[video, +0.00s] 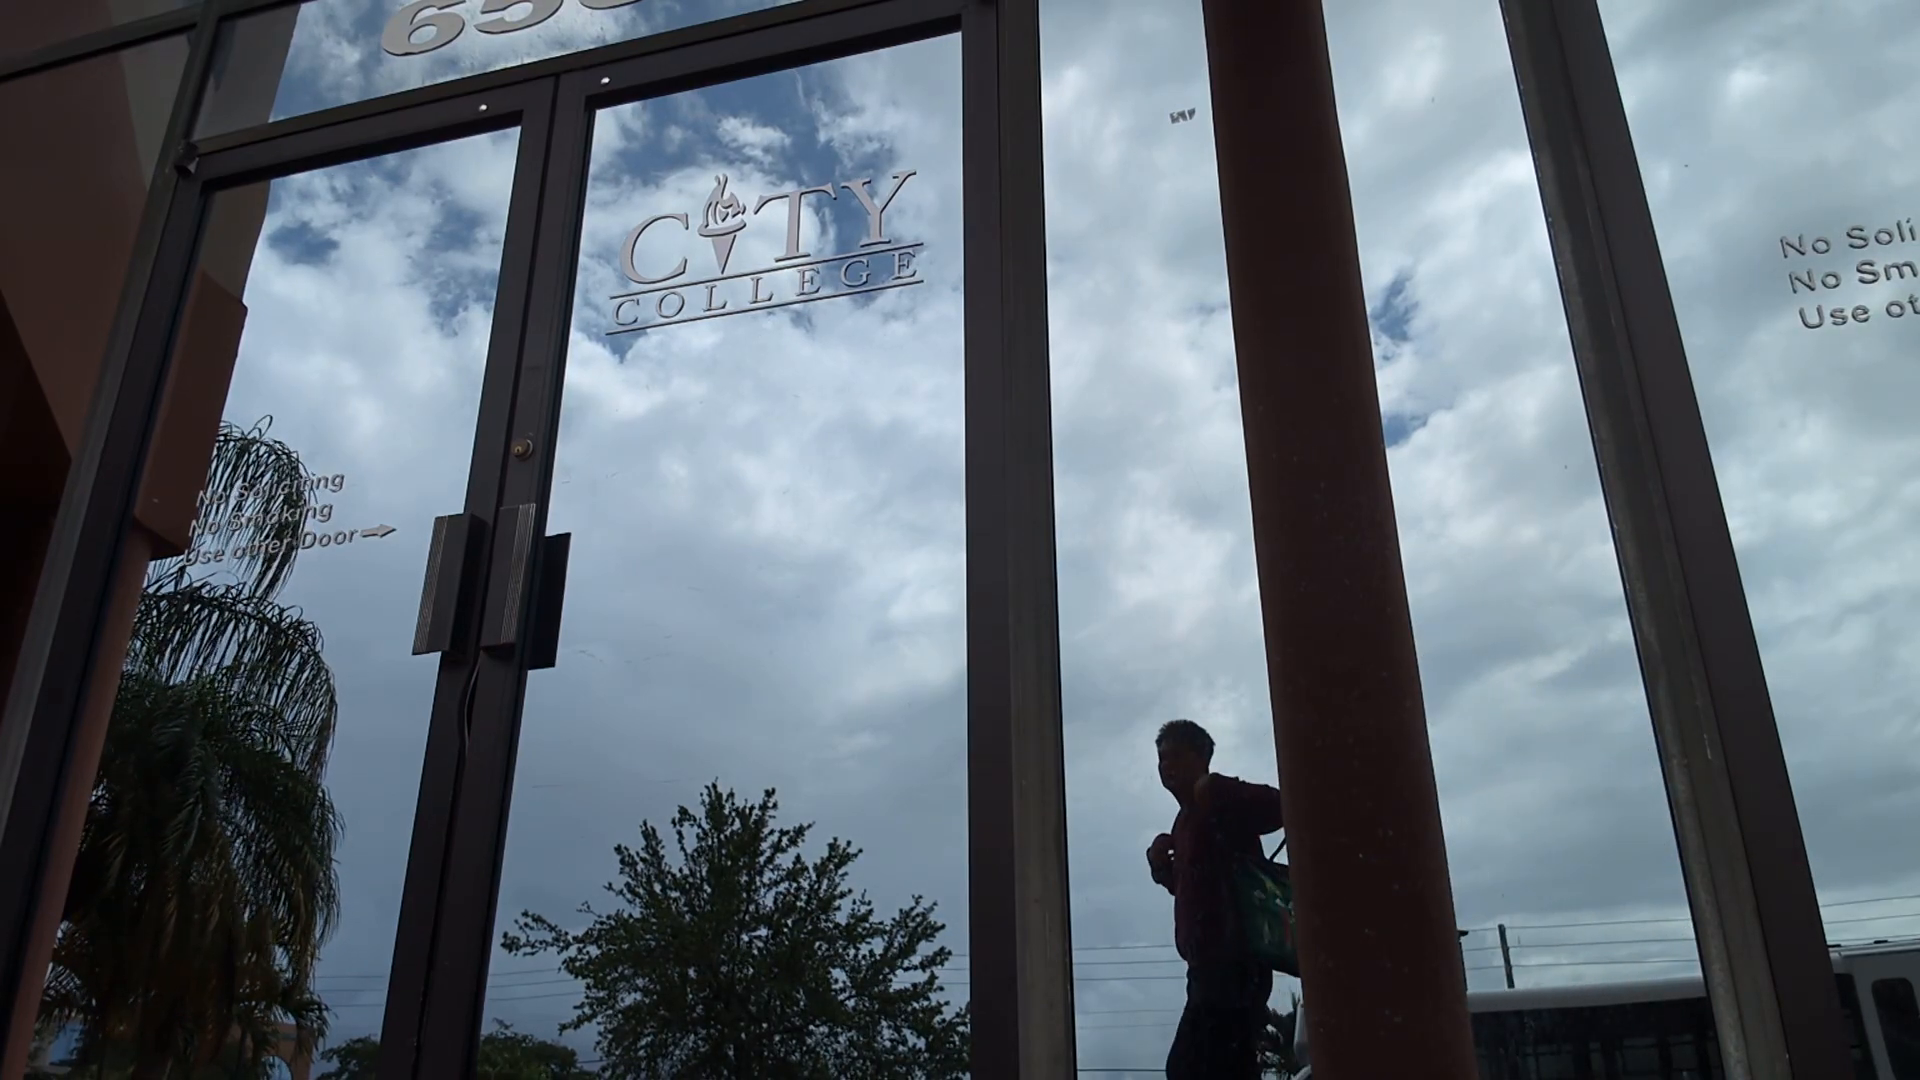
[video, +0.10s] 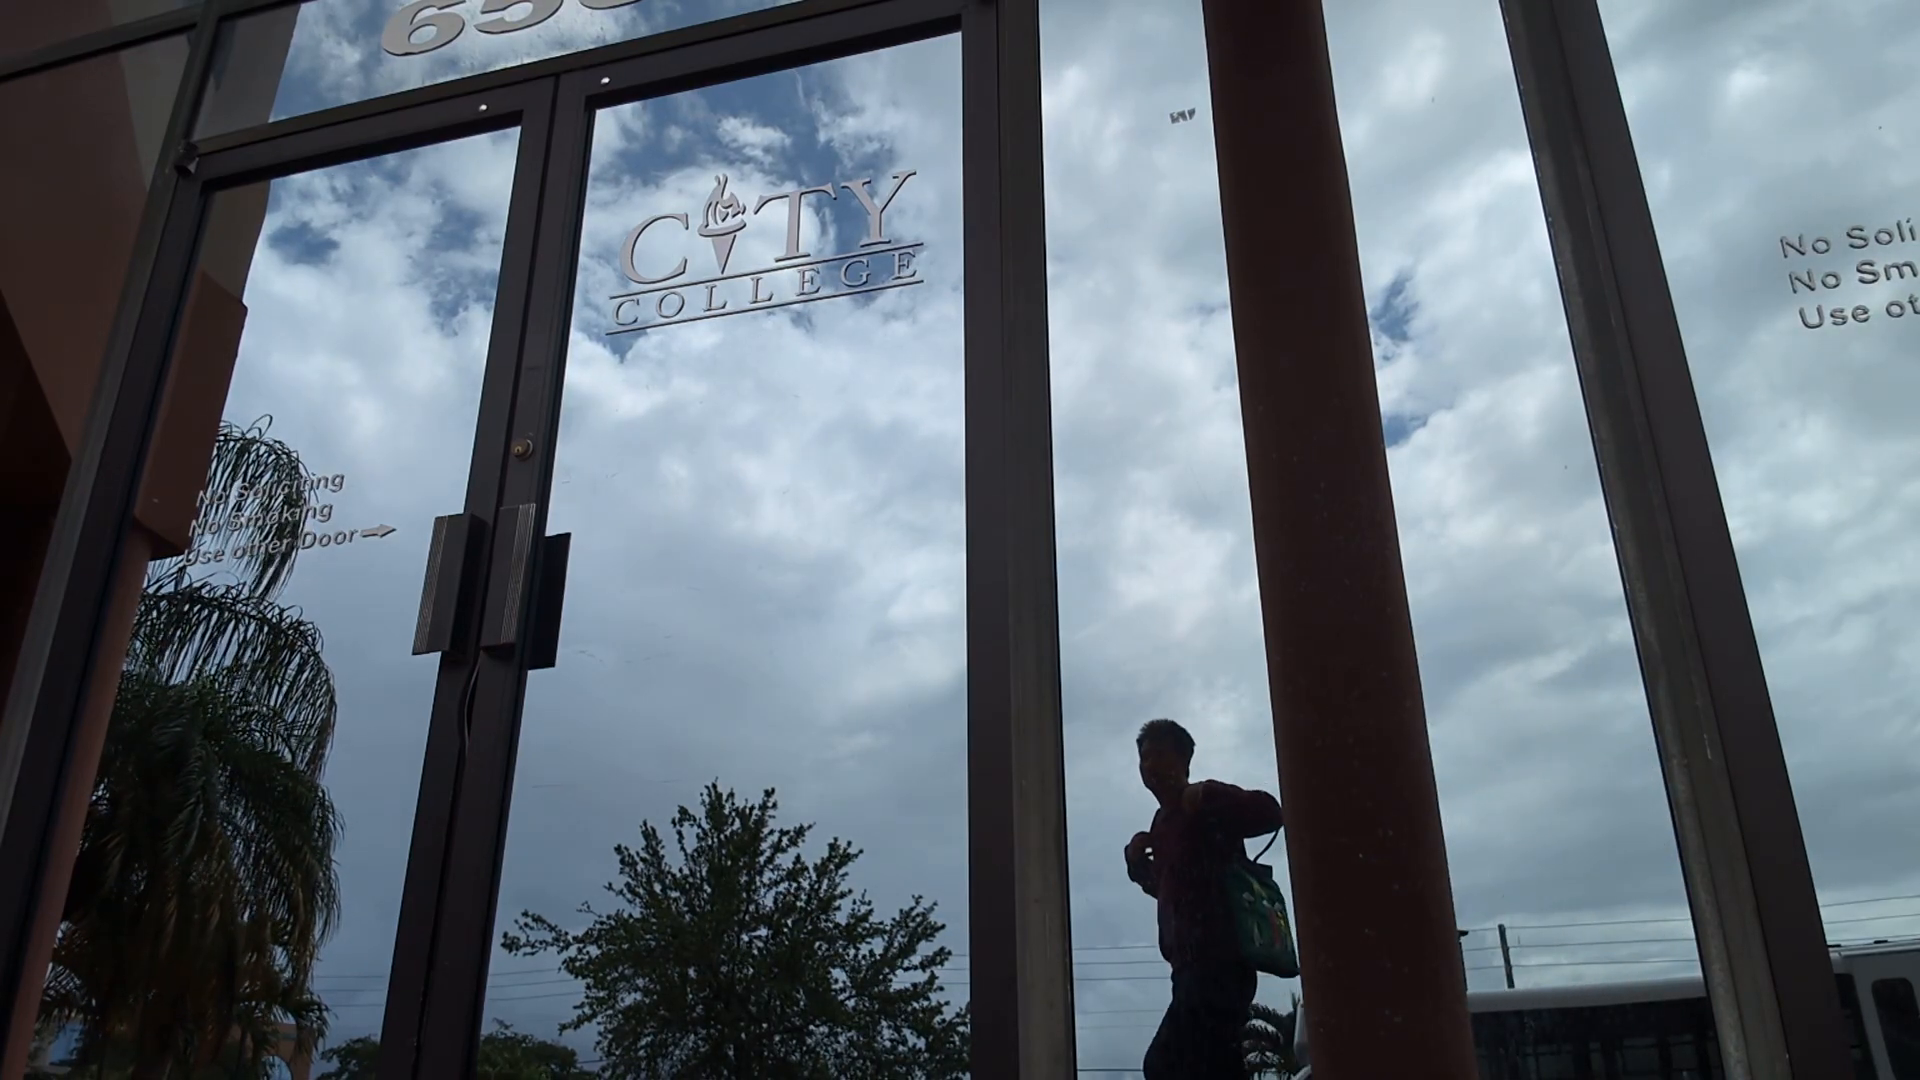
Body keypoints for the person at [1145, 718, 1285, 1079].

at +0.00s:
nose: (1164, 765)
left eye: (1174, 755)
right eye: (1161, 757)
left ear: (1202, 758)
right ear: (1158, 763)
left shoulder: (1223, 801)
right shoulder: (1184, 821)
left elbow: (1282, 808)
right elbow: (1193, 887)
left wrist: (1222, 786)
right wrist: (1162, 868)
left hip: (1236, 967)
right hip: (1208, 967)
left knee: (1185, 1066)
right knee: (1231, 1069)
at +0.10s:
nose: (1146, 765)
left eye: (1156, 755)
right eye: (1142, 757)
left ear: (1183, 759)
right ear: (1140, 763)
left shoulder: (1207, 800)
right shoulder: (1162, 822)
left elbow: (1271, 814)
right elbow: (1167, 889)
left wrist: (1212, 796)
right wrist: (1137, 864)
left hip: (1222, 965)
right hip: (1189, 967)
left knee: (1162, 1063)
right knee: (1215, 1069)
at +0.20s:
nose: (1128, 766)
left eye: (1138, 756)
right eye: (1124, 757)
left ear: (1164, 759)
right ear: (1121, 763)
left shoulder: (1191, 800)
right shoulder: (1139, 822)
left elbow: (1259, 819)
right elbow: (1142, 890)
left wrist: (1200, 801)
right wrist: (1116, 862)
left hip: (1207, 971)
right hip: (1169, 973)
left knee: (1147, 1066)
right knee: (1210, 1072)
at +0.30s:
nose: (1111, 764)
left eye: (1121, 754)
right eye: (1106, 755)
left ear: (1146, 758)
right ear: (1102, 761)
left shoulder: (1175, 799)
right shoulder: (1118, 820)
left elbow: (1241, 822)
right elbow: (1119, 891)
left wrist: (1185, 803)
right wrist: (1096, 861)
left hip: (1188, 965)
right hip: (1148, 968)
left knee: (1134, 1066)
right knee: (1188, 1067)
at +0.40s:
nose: (1093, 756)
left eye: (1103, 747)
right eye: (1088, 748)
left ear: (1127, 752)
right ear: (1084, 754)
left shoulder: (1155, 793)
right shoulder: (1095, 815)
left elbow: (1221, 821)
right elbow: (1099, 883)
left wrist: (1163, 802)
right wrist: (1073, 854)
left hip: (1167, 958)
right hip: (1125, 960)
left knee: (1121, 1061)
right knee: (1154, 1062)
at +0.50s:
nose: (1080, 747)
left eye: (1090, 738)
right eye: (1074, 738)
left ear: (1112, 743)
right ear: (1068, 743)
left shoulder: (1137, 786)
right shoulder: (1075, 807)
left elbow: (1204, 815)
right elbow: (1066, 875)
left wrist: (1146, 798)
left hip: (1148, 959)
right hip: (1104, 959)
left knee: (1118, 1061)